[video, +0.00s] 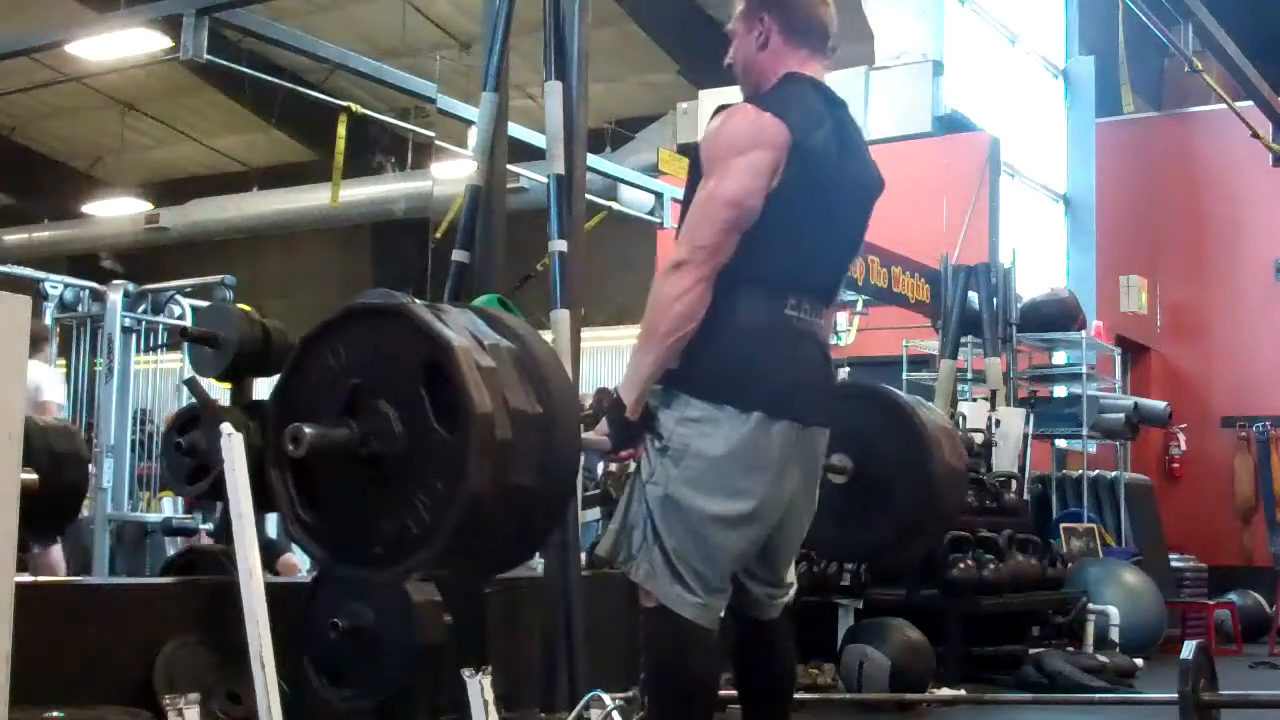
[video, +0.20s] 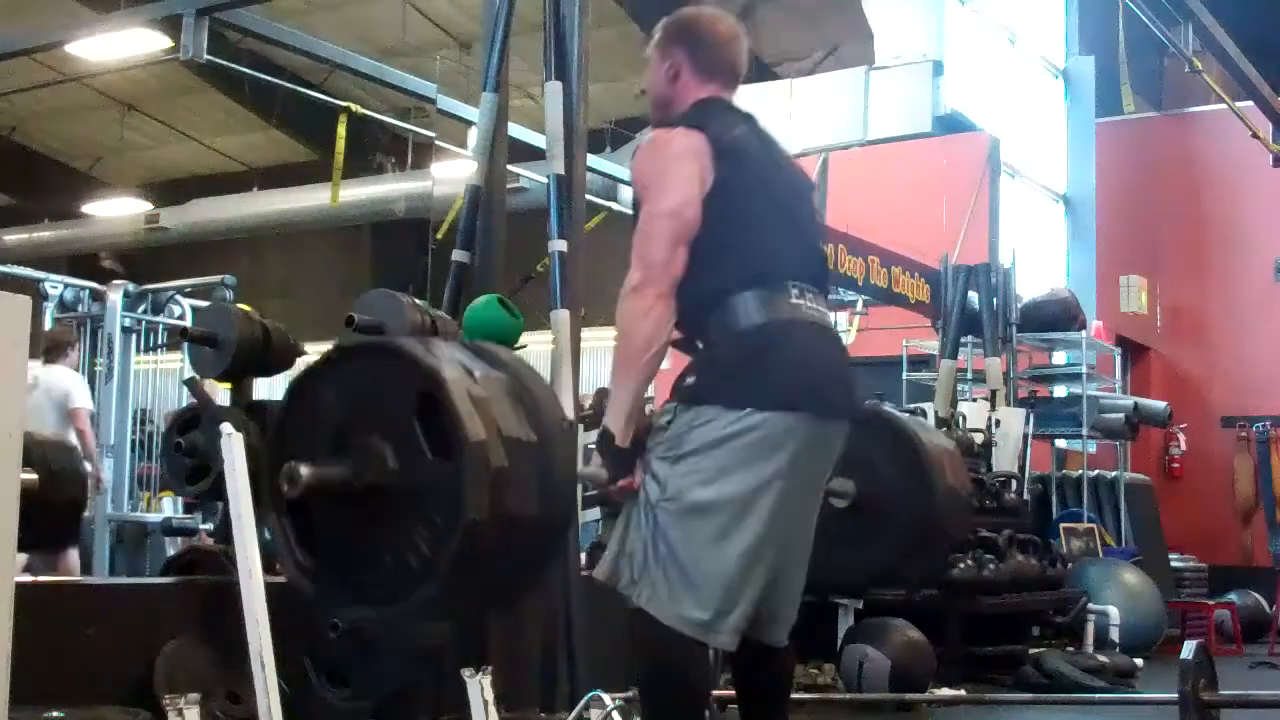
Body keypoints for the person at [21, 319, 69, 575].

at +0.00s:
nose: (51, 349)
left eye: (49, 345)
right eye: (50, 345)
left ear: (24, 343)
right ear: (44, 345)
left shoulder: (14, 367)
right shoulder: (45, 374)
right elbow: (49, 423)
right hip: (35, 464)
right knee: (44, 535)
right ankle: (59, 603)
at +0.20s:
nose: (78, 356)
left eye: (78, 351)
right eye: (77, 350)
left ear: (48, 350)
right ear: (70, 351)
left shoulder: (29, 375)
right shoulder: (71, 379)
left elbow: (20, 419)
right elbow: (81, 426)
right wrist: (95, 465)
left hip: (27, 458)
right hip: (62, 459)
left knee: (24, 538)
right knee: (68, 539)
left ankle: (9, 598)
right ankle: (72, 606)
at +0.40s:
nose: (94, 355)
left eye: (94, 350)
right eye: (93, 350)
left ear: (64, 350)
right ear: (85, 350)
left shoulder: (40, 379)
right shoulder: (91, 379)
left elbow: (29, 426)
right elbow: (105, 424)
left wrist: (28, 464)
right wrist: (125, 463)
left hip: (45, 481)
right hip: (81, 482)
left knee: (47, 548)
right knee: (79, 551)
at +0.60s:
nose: (108, 358)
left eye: (108, 353)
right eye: (106, 352)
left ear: (77, 351)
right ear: (95, 352)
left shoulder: (54, 381)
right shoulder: (102, 382)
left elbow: (40, 426)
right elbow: (115, 427)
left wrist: (36, 462)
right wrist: (136, 459)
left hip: (58, 477)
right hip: (90, 480)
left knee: (63, 541)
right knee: (91, 545)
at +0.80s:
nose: (116, 363)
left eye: (116, 358)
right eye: (115, 358)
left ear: (87, 359)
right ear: (106, 359)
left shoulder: (67, 386)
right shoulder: (110, 386)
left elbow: (56, 433)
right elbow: (118, 430)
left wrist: (53, 471)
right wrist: (133, 471)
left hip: (71, 478)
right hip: (97, 480)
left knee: (77, 545)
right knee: (88, 546)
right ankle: (78, 605)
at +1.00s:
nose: (127, 365)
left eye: (126, 359)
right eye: (125, 360)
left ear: (100, 360)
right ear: (116, 361)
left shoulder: (81, 387)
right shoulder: (117, 387)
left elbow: (67, 432)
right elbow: (123, 430)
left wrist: (71, 472)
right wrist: (133, 471)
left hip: (83, 482)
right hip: (109, 481)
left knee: (89, 546)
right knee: (116, 544)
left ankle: (87, 593)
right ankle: (90, 588)